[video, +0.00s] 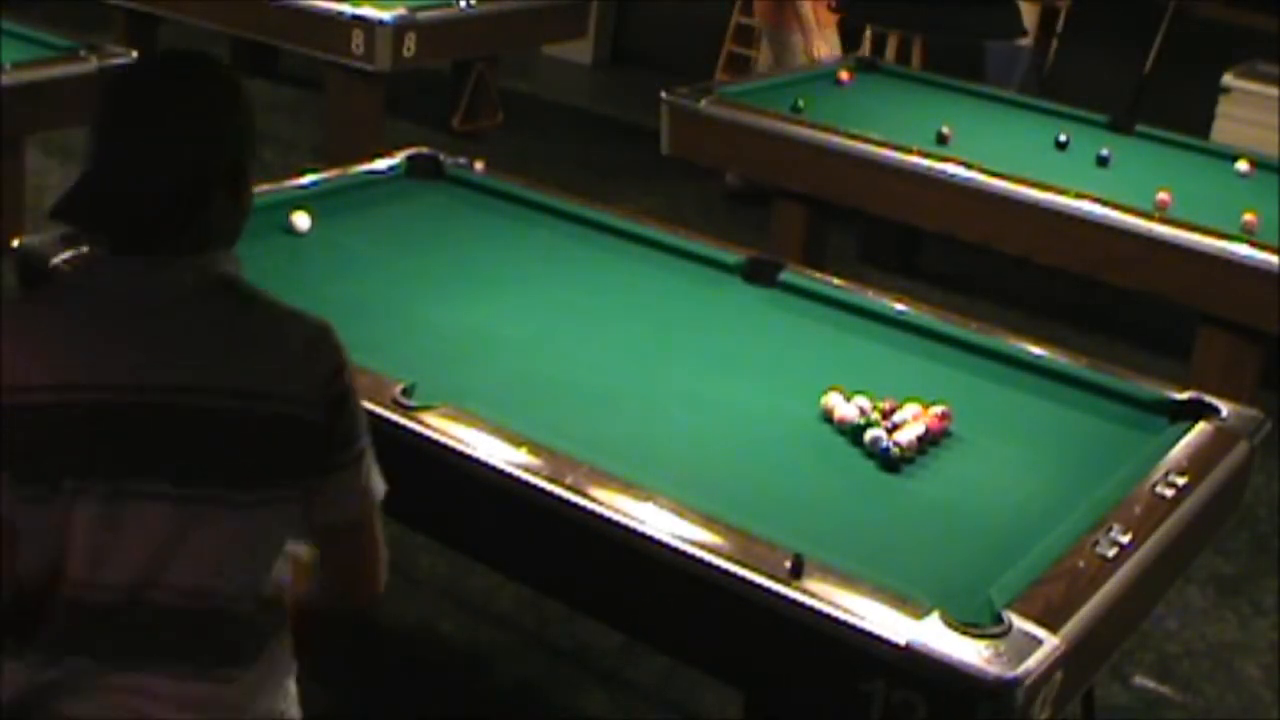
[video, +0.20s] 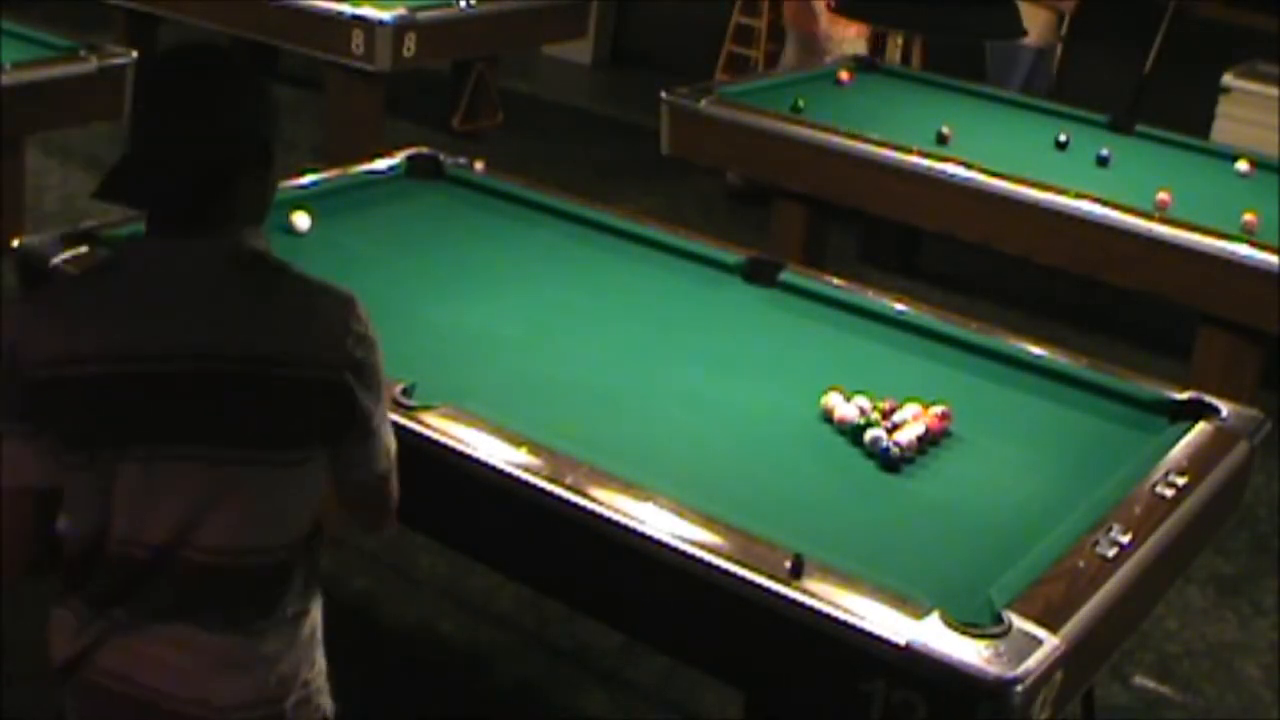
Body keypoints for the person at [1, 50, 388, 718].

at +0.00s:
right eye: (246, 168)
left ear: (100, 171)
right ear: (238, 184)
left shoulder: (24, 330)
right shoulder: (300, 353)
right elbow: (359, 581)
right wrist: (256, 574)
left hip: (42, 689)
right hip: (234, 698)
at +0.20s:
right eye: (274, 162)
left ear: (141, 171)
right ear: (264, 173)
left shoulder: (54, 316)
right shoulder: (330, 323)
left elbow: (18, 529)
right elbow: (372, 507)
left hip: (100, 681)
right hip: (268, 690)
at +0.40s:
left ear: (133, 152)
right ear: (243, 150)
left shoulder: (65, 290)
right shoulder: (306, 280)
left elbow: (45, 486)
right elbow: (352, 428)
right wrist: (339, 278)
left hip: (126, 638)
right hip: (279, 646)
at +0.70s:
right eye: (215, 70)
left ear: (108, 83)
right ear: (220, 84)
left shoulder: (52, 218)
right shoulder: (271, 201)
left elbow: (31, 402)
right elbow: (312, 333)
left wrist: (86, 490)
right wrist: (322, 214)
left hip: (127, 542)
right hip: (261, 537)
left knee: (163, 691)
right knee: (287, 677)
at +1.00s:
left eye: (110, 51)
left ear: (106, 60)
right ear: (203, 62)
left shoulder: (49, 174)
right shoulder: (245, 169)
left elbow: (20, 327)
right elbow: (261, 307)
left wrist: (43, 418)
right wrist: (258, 171)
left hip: (103, 472)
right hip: (218, 470)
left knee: (165, 680)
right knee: (181, 667)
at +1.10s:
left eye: (109, 41)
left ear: (107, 51)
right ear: (194, 51)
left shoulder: (61, 151)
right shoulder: (239, 149)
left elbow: (23, 293)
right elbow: (244, 273)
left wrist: (23, 384)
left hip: (93, 445)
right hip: (198, 437)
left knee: (141, 638)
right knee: (165, 618)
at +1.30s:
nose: (83, 25)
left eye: (87, 15)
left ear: (89, 20)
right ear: (164, 22)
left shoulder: (51, 111)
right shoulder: (207, 110)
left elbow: (25, 245)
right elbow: (195, 214)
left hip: (80, 389)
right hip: (174, 379)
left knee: (58, 546)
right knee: (158, 558)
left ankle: (146, 696)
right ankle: (164, 692)